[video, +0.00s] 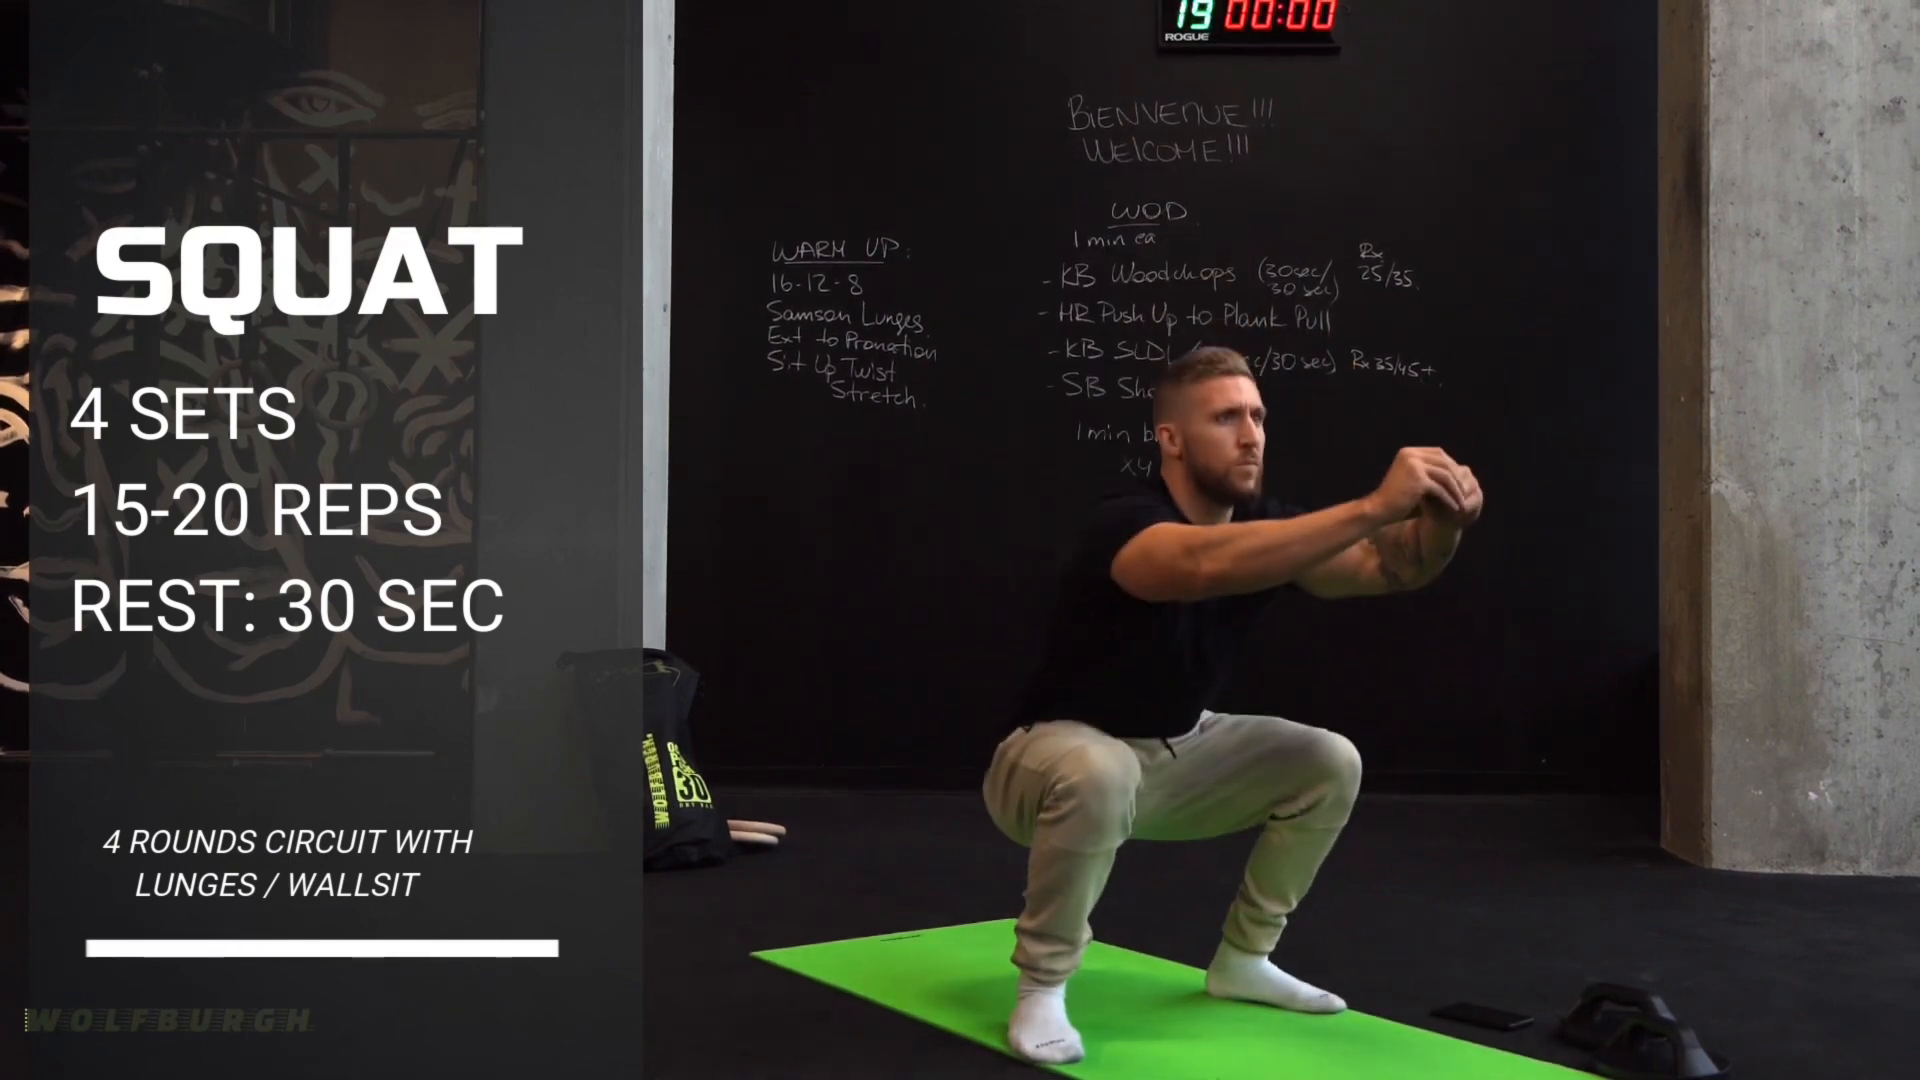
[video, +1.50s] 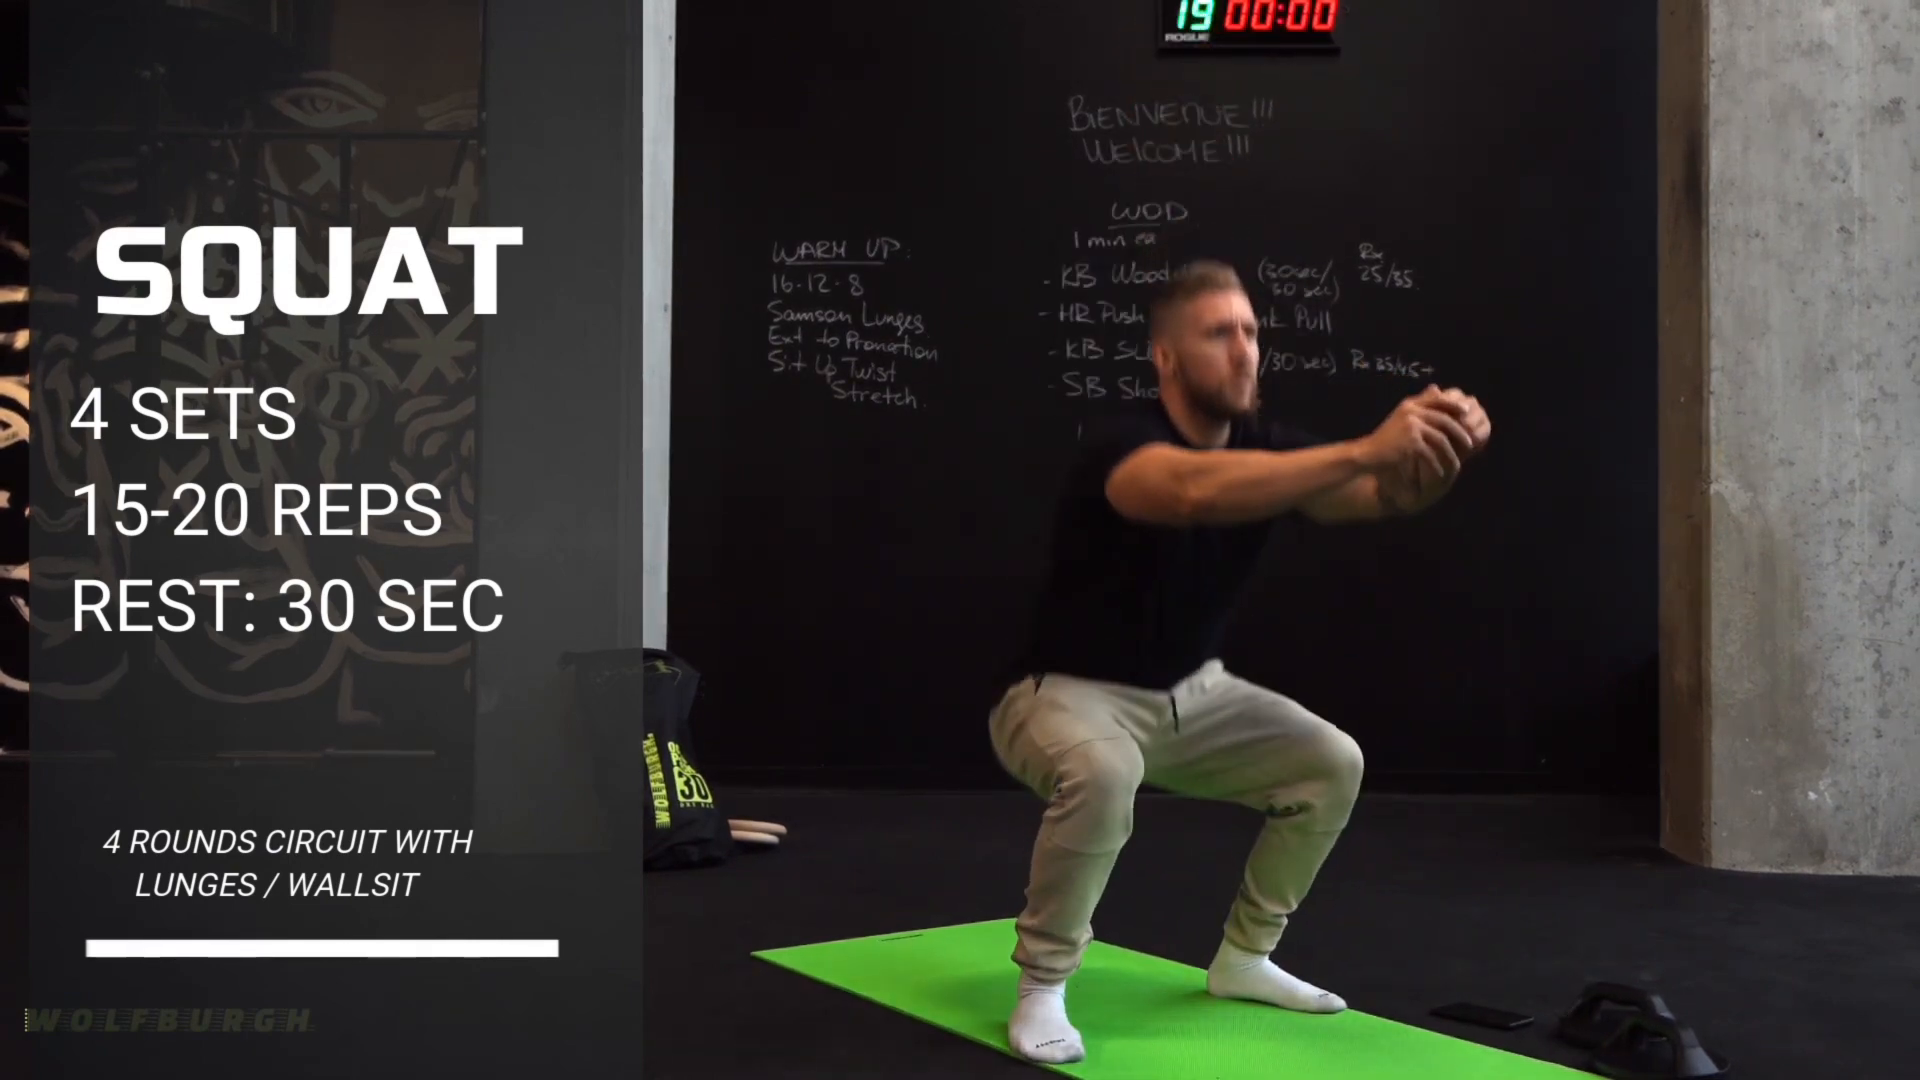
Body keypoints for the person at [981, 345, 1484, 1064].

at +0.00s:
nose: (1251, 435)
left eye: (1257, 417)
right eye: (1227, 418)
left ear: (1265, 430)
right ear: (1170, 440)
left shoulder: (1259, 534)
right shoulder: (1123, 523)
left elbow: (1385, 565)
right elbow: (1201, 566)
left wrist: (1443, 524)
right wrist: (1374, 509)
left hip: (1179, 756)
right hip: (1055, 752)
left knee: (1329, 767)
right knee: (1101, 773)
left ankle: (1242, 961)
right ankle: (1043, 989)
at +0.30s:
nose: (1247, 340)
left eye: (1252, 324)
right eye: (1223, 325)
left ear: (1260, 343)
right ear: (1165, 350)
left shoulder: (1259, 450)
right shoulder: (1123, 441)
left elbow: (1385, 492)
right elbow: (1199, 484)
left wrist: (1441, 457)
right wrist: (1364, 442)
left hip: (1198, 690)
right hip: (1077, 690)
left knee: (1337, 767)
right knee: (1108, 781)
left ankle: (1242, 961)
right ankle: (1044, 989)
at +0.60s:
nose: (1219, 104)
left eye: (1224, 89)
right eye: (1194, 89)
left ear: (1233, 112)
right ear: (1140, 112)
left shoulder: (1252, 234)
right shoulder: (1097, 219)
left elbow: (1323, 360)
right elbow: (1093, 369)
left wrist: (1390, 462)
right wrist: (1181, 484)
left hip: (1227, 549)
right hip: (1109, 548)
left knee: (1285, 742)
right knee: (1106, 752)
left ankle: (1239, 957)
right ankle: (1043, 980)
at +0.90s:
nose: (1208, 59)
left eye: (1214, 44)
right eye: (1183, 44)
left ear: (1222, 70)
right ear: (1130, 73)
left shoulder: (1248, 199)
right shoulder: (1083, 187)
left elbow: (1278, 367)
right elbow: (1024, 355)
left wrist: (1290, 511)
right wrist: (1012, 511)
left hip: (1238, 526)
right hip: (1116, 520)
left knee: (1234, 746)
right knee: (1083, 750)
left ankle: (1237, 955)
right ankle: (1041, 979)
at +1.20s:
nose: (1229, 153)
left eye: (1233, 136)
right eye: (1204, 137)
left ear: (1243, 154)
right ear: (1148, 158)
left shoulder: (1257, 286)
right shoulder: (1100, 265)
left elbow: (1344, 377)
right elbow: (1127, 385)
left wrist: (1406, 421)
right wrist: (1283, 436)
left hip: (1206, 581)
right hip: (1088, 577)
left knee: (1303, 753)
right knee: (1102, 758)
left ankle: (1242, 959)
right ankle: (1042, 981)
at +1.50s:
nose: (1244, 350)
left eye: (1251, 333)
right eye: (1220, 335)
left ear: (1259, 349)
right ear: (1165, 358)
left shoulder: (1262, 453)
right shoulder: (1119, 448)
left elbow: (1387, 495)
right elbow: (1196, 492)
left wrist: (1446, 453)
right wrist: (1366, 453)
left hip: (1192, 699)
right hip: (1072, 695)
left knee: (1330, 766)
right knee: (1102, 779)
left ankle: (1242, 963)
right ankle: (1043, 989)